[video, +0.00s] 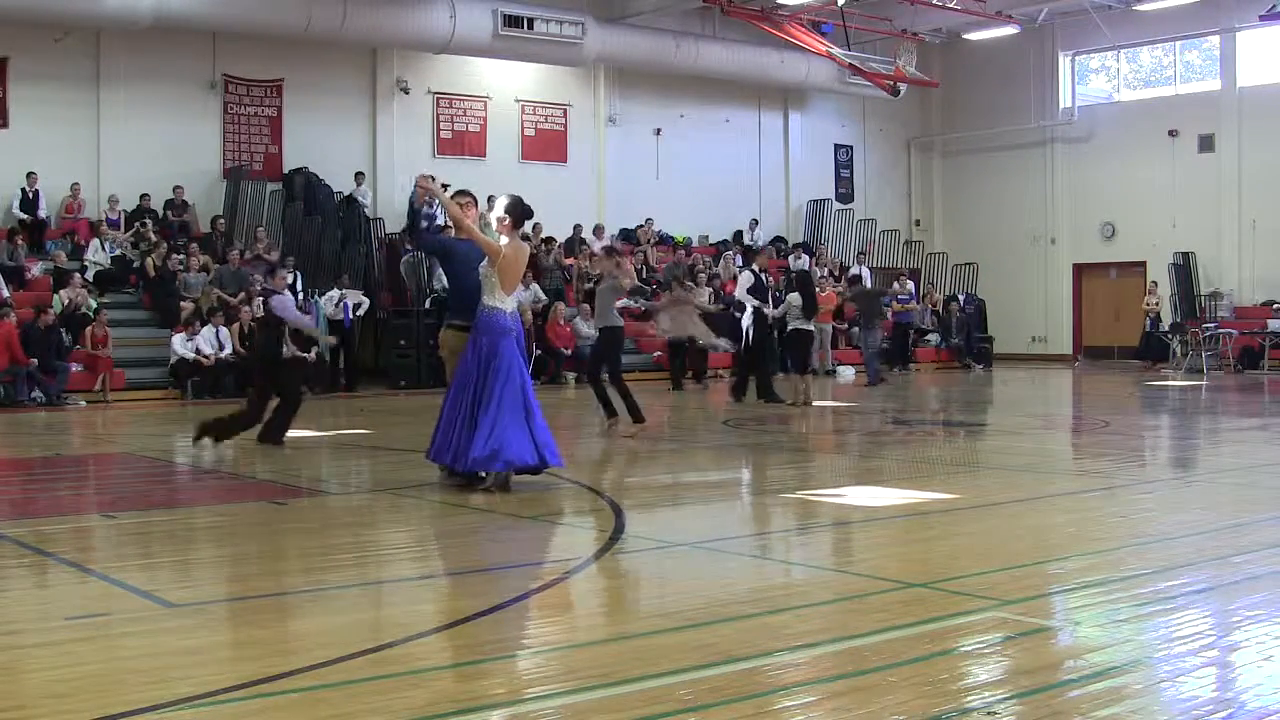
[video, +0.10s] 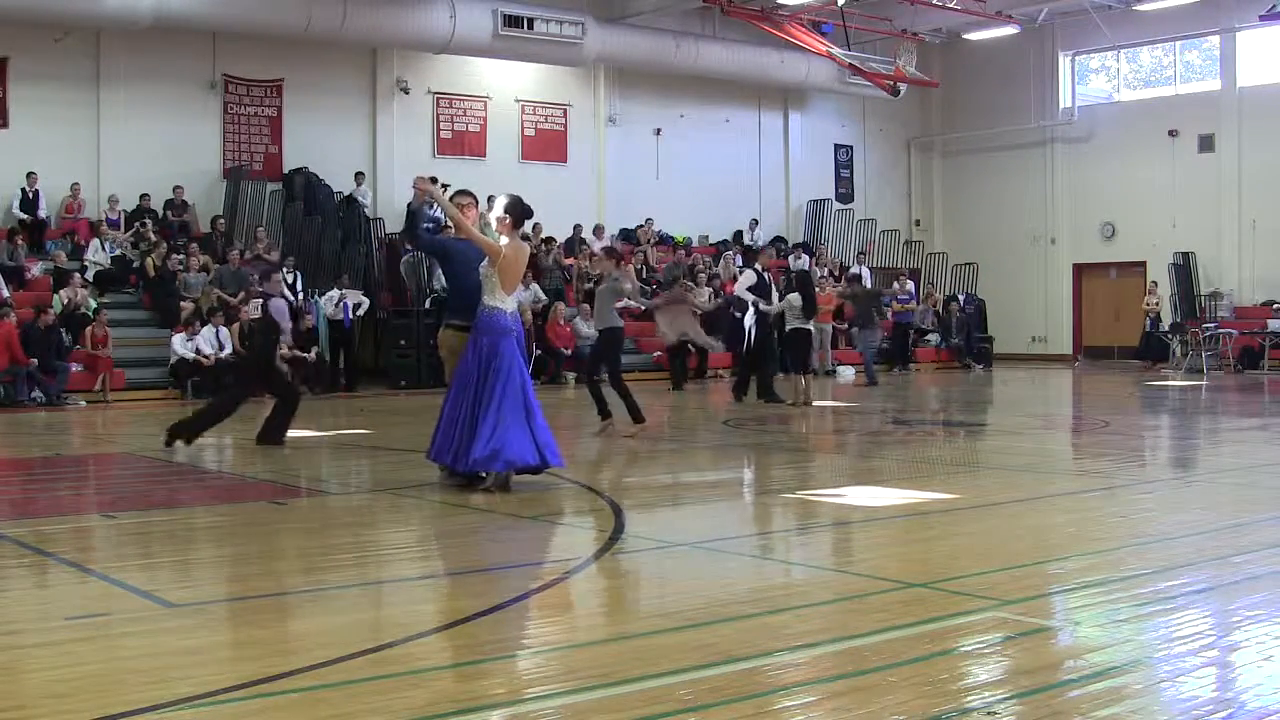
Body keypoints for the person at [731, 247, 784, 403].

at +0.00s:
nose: (767, 261)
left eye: (767, 258)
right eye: (765, 257)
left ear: (762, 259)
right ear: (757, 258)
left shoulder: (763, 277)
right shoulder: (747, 274)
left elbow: (766, 298)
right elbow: (740, 294)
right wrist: (759, 304)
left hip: (764, 317)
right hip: (752, 317)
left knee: (764, 354)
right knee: (751, 353)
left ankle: (766, 391)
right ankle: (738, 389)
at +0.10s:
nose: (770, 260)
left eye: (771, 257)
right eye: (768, 257)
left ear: (769, 259)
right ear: (760, 257)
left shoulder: (767, 276)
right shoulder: (751, 273)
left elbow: (773, 293)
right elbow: (738, 289)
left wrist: (774, 306)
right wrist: (755, 300)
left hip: (767, 318)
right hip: (754, 319)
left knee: (767, 354)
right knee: (752, 354)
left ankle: (766, 390)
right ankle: (740, 388)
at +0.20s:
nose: (773, 260)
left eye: (774, 257)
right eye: (770, 257)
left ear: (774, 259)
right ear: (761, 257)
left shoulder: (771, 277)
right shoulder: (753, 273)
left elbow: (781, 295)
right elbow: (737, 286)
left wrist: (790, 306)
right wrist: (753, 295)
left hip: (770, 321)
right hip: (756, 320)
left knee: (768, 355)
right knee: (754, 355)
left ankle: (767, 391)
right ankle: (740, 388)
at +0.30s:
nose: (775, 259)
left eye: (775, 257)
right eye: (772, 256)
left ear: (773, 259)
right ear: (763, 256)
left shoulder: (773, 276)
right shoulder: (754, 273)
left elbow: (787, 289)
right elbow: (737, 287)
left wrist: (797, 299)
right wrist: (752, 293)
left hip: (771, 320)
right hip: (757, 320)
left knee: (765, 354)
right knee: (759, 354)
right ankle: (740, 388)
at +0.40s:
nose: (777, 259)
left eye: (777, 256)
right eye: (775, 256)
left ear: (774, 258)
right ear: (765, 255)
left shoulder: (775, 276)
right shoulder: (755, 273)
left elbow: (793, 284)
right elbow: (739, 288)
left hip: (772, 320)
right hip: (757, 319)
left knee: (769, 355)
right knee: (752, 354)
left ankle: (767, 390)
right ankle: (741, 388)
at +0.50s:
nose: (779, 258)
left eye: (779, 254)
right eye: (776, 254)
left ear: (772, 257)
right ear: (766, 254)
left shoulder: (775, 275)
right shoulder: (756, 273)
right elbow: (739, 287)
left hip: (774, 318)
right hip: (759, 317)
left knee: (770, 354)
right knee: (753, 354)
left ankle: (767, 389)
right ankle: (742, 389)